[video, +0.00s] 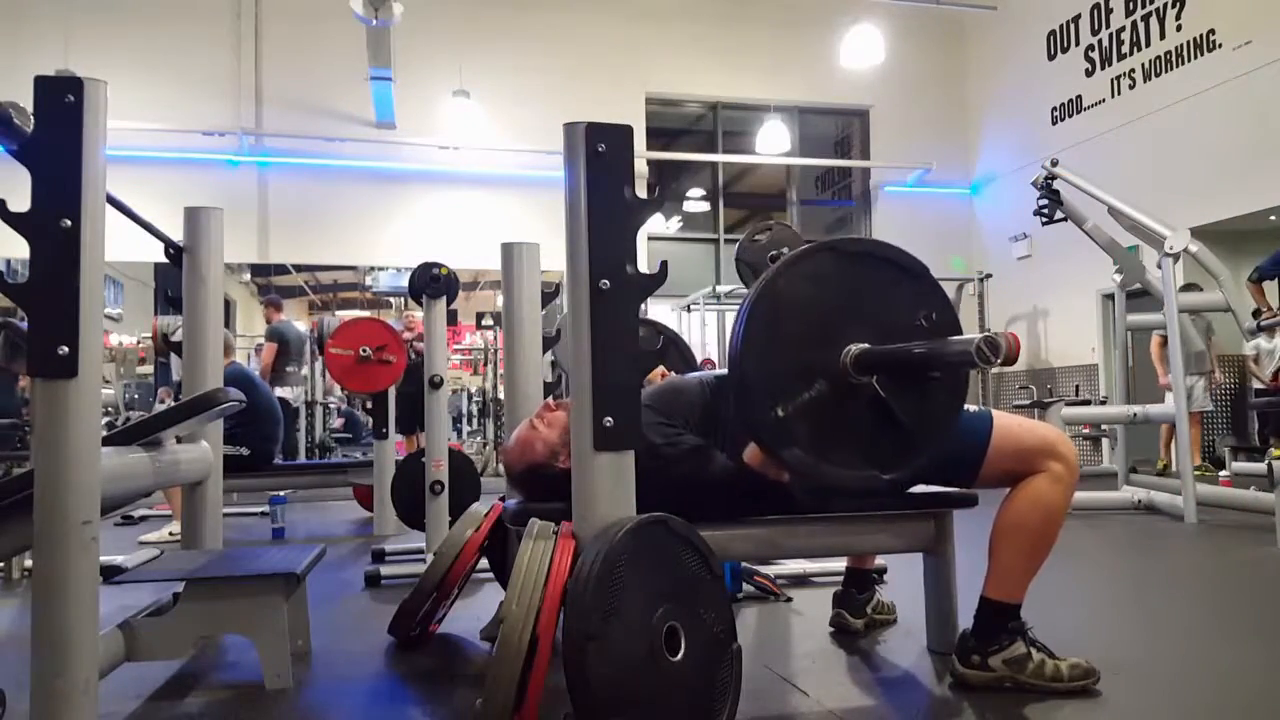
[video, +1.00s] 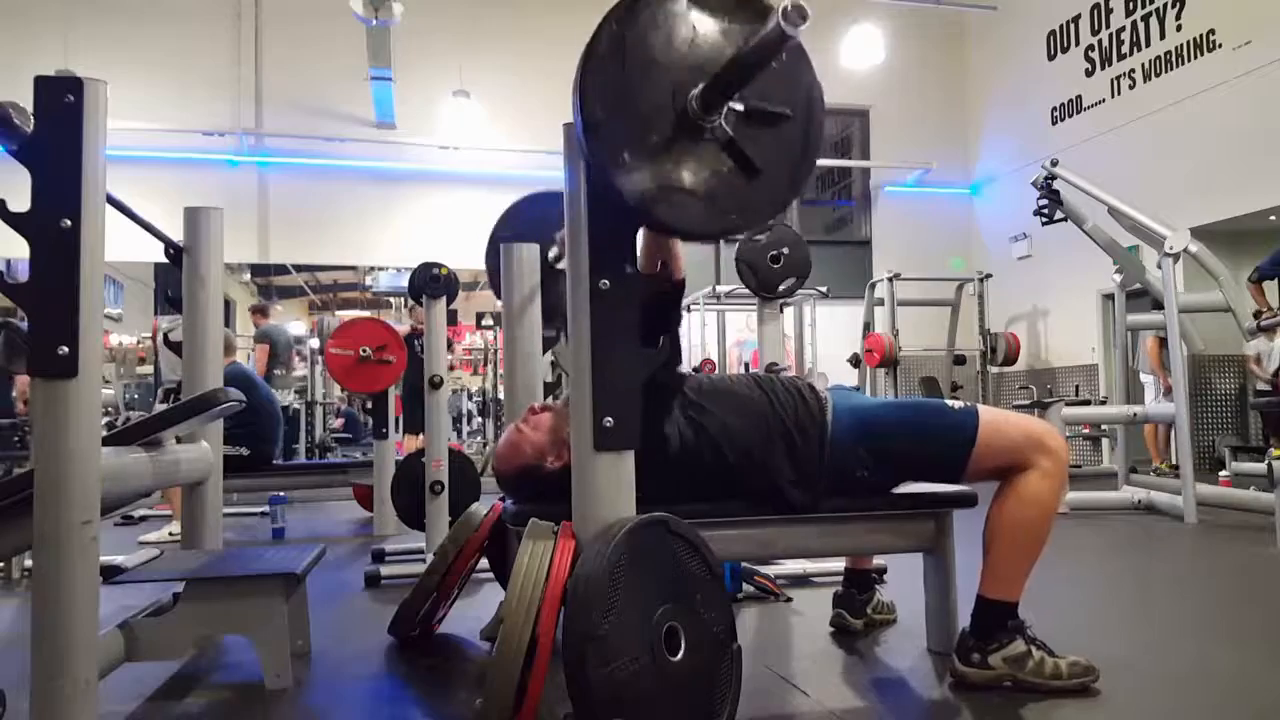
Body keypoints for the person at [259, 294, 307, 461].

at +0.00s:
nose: (264, 314)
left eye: (265, 310)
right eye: (264, 310)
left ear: (270, 310)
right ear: (280, 309)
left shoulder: (275, 329)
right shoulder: (296, 330)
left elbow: (267, 361)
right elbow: (302, 359)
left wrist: (263, 382)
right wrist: (294, 373)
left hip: (281, 383)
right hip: (298, 381)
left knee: (284, 425)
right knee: (292, 425)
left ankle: (287, 462)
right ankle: (292, 462)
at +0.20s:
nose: (264, 315)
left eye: (265, 311)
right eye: (264, 311)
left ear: (272, 310)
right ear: (281, 310)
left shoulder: (275, 330)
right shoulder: (298, 331)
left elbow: (266, 360)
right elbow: (304, 360)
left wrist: (262, 381)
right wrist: (294, 372)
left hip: (280, 383)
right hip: (298, 382)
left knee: (283, 426)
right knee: (292, 426)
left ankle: (284, 463)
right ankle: (291, 462)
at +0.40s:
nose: (266, 317)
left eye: (267, 313)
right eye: (266, 313)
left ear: (275, 312)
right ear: (280, 312)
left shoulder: (276, 331)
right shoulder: (299, 332)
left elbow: (268, 362)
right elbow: (306, 361)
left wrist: (261, 383)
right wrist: (296, 373)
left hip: (279, 382)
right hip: (297, 381)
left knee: (277, 423)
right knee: (292, 426)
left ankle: (276, 459)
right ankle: (293, 460)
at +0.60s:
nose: (266, 317)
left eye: (267, 313)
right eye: (266, 313)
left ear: (275, 312)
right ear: (280, 312)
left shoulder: (276, 331)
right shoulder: (298, 333)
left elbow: (268, 362)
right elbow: (305, 361)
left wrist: (259, 382)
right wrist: (296, 374)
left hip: (277, 382)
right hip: (295, 381)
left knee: (273, 423)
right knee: (291, 425)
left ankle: (274, 459)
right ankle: (292, 461)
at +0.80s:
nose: (260, 320)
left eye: (260, 316)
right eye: (259, 316)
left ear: (267, 314)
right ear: (275, 314)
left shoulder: (271, 331)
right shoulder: (293, 332)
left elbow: (266, 361)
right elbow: (299, 360)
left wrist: (258, 382)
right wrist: (292, 375)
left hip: (275, 383)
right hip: (293, 382)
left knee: (271, 422)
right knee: (290, 424)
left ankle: (271, 457)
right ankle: (290, 458)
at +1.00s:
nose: (252, 321)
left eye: (252, 318)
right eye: (251, 318)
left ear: (258, 316)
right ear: (267, 315)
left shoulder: (263, 333)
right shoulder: (284, 330)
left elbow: (260, 364)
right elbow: (292, 357)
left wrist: (257, 385)